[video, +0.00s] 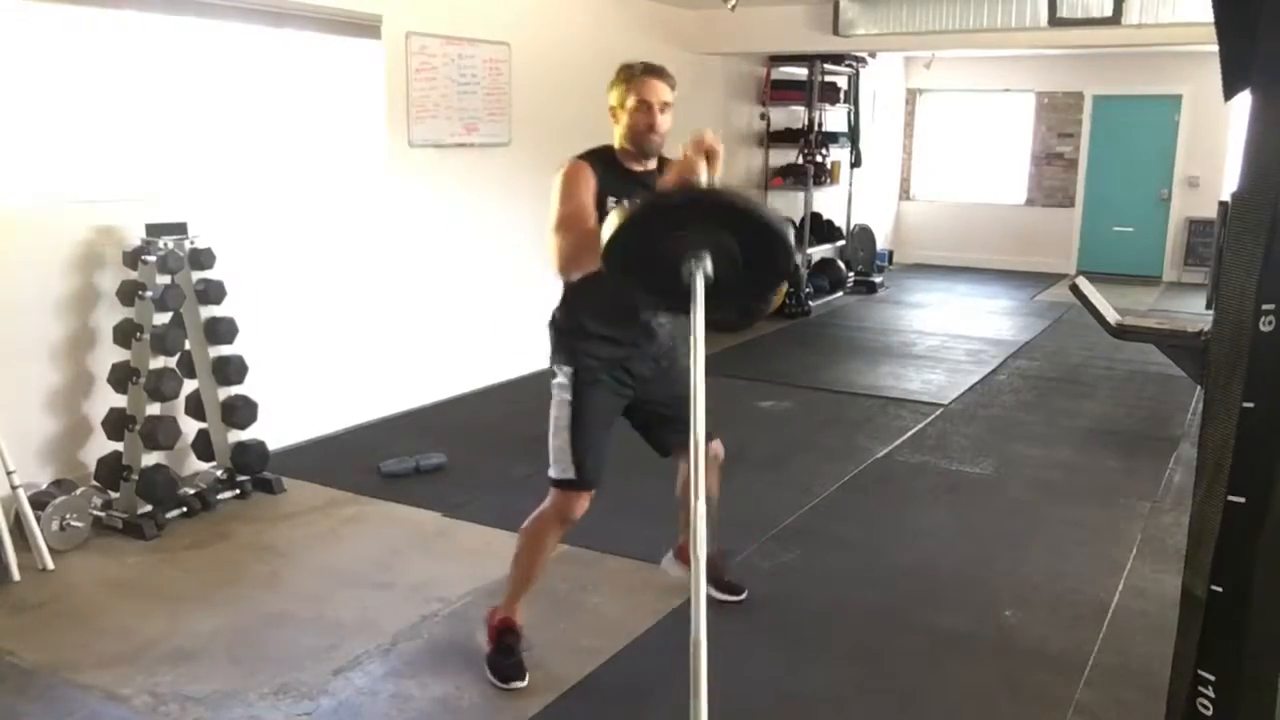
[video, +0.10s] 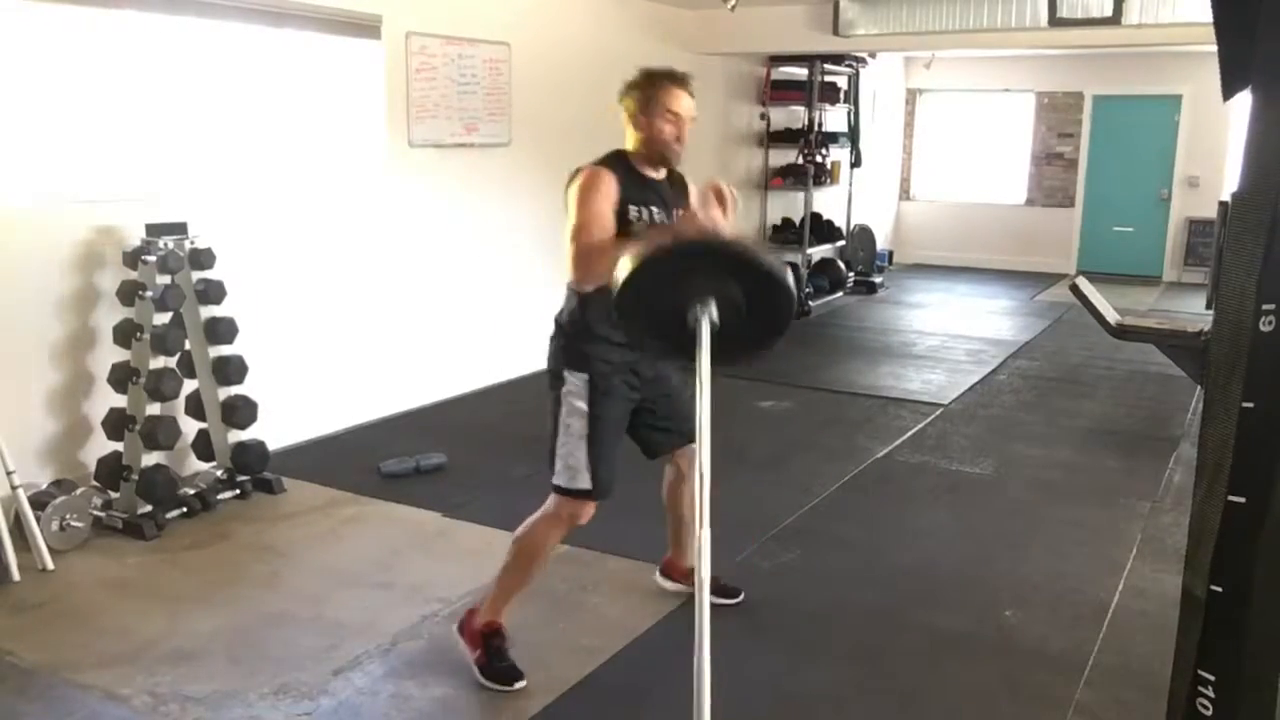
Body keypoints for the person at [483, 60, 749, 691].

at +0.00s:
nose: (654, 118)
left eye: (663, 107)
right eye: (642, 106)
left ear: (674, 113)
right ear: (616, 111)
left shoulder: (676, 179)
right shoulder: (585, 173)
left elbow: (696, 252)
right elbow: (572, 266)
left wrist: (706, 185)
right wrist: (657, 208)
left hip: (659, 346)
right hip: (592, 348)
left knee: (706, 451)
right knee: (570, 501)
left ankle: (692, 550)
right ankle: (505, 618)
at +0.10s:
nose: (683, 130)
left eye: (688, 120)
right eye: (671, 117)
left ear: (686, 127)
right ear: (637, 118)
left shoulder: (680, 192)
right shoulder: (600, 179)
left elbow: (696, 271)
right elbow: (584, 268)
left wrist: (718, 233)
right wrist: (666, 235)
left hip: (656, 352)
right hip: (593, 353)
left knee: (689, 454)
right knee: (573, 503)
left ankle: (682, 563)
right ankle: (483, 622)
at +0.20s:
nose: (712, 153)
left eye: (714, 142)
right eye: (703, 140)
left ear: (680, 144)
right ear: (662, 138)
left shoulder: (677, 203)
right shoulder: (623, 198)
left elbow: (663, 282)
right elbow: (615, 285)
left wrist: (716, 278)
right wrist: (700, 275)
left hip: (636, 356)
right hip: (590, 359)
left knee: (686, 452)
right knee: (577, 508)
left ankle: (679, 569)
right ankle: (473, 626)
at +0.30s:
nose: (727, 183)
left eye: (728, 170)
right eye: (720, 169)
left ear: (689, 167)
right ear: (684, 165)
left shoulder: (671, 219)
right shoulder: (651, 220)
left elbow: (668, 308)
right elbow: (661, 317)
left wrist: (723, 332)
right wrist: (729, 343)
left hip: (625, 371)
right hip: (586, 373)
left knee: (689, 443)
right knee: (593, 519)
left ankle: (679, 569)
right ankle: (473, 623)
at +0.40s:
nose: (733, 213)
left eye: (734, 200)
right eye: (727, 200)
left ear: (690, 200)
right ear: (695, 201)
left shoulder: (651, 237)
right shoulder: (676, 264)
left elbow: (661, 336)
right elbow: (686, 366)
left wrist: (706, 383)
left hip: (626, 387)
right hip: (589, 397)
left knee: (685, 456)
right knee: (604, 542)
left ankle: (678, 568)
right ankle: (472, 630)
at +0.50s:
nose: (743, 248)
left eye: (744, 236)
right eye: (738, 236)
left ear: (698, 235)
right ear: (707, 235)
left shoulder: (646, 263)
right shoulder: (694, 303)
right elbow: (700, 419)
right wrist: (717, 485)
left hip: (623, 402)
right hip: (589, 421)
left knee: (696, 460)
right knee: (609, 565)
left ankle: (670, 558)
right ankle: (474, 634)